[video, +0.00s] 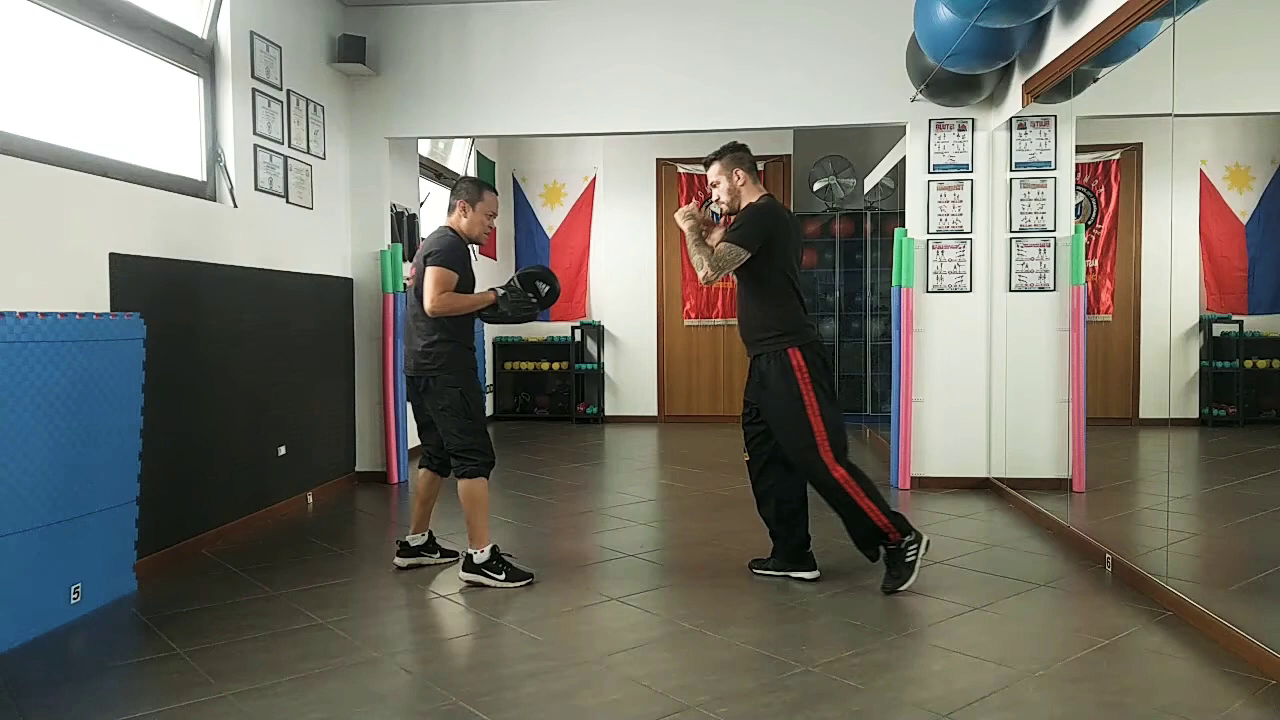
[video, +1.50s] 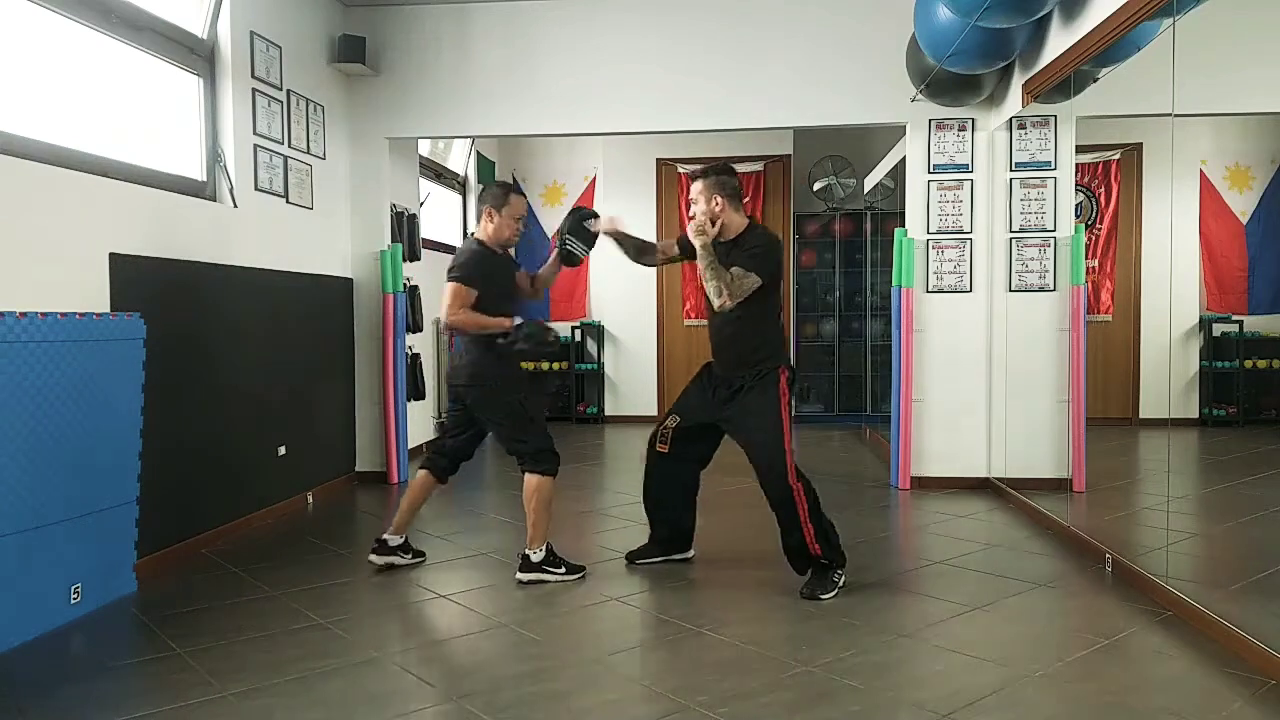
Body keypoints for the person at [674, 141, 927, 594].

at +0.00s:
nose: (713, 193)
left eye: (717, 184)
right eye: (711, 186)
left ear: (740, 177)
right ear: (743, 180)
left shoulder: (762, 213)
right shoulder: (756, 218)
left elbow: (709, 270)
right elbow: (730, 269)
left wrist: (690, 232)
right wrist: (710, 238)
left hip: (789, 353)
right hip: (768, 356)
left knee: (820, 456)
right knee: (768, 457)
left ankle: (899, 540)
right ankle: (793, 555)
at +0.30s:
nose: (760, 201)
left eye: (763, 190)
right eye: (757, 193)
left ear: (788, 184)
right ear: (789, 187)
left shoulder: (819, 222)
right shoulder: (799, 228)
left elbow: (769, 280)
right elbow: (778, 283)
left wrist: (724, 254)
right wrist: (759, 239)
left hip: (849, 368)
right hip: (808, 369)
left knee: (880, 470)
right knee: (777, 460)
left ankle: (926, 560)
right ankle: (796, 552)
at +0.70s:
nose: (771, 198)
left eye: (777, 187)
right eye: (769, 190)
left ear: (802, 185)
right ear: (795, 189)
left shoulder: (849, 216)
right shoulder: (793, 238)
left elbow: (799, 252)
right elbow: (770, 298)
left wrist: (756, 216)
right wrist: (744, 283)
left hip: (871, 363)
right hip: (820, 366)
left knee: (885, 463)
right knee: (788, 454)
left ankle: (923, 559)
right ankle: (789, 549)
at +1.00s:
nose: (776, 213)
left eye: (779, 204)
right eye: (774, 206)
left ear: (804, 203)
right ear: (806, 204)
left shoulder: (844, 240)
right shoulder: (814, 244)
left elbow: (792, 300)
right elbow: (794, 298)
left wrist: (768, 257)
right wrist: (772, 254)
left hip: (848, 383)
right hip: (805, 378)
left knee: (866, 481)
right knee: (747, 443)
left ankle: (915, 564)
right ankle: (752, 540)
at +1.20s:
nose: (744, 200)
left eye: (748, 192)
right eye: (744, 193)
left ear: (772, 193)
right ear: (772, 193)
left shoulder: (806, 233)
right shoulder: (774, 237)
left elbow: (744, 279)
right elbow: (732, 273)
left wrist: (740, 228)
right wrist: (719, 235)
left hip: (810, 375)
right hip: (764, 373)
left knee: (840, 468)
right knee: (719, 448)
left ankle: (899, 546)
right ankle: (716, 543)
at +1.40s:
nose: (711, 208)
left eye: (715, 201)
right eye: (710, 202)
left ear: (739, 199)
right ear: (735, 200)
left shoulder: (781, 239)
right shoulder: (729, 231)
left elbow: (731, 285)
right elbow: (691, 239)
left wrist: (717, 234)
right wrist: (669, 244)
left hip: (783, 374)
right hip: (738, 371)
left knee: (790, 470)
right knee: (687, 443)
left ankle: (825, 564)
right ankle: (688, 538)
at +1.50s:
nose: (692, 211)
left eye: (696, 203)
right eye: (691, 205)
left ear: (722, 203)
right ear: (719, 204)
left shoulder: (763, 245)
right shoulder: (708, 239)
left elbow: (723, 295)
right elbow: (652, 254)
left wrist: (702, 242)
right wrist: (615, 231)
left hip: (763, 380)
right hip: (719, 377)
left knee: (778, 474)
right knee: (668, 447)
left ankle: (826, 562)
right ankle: (671, 541)